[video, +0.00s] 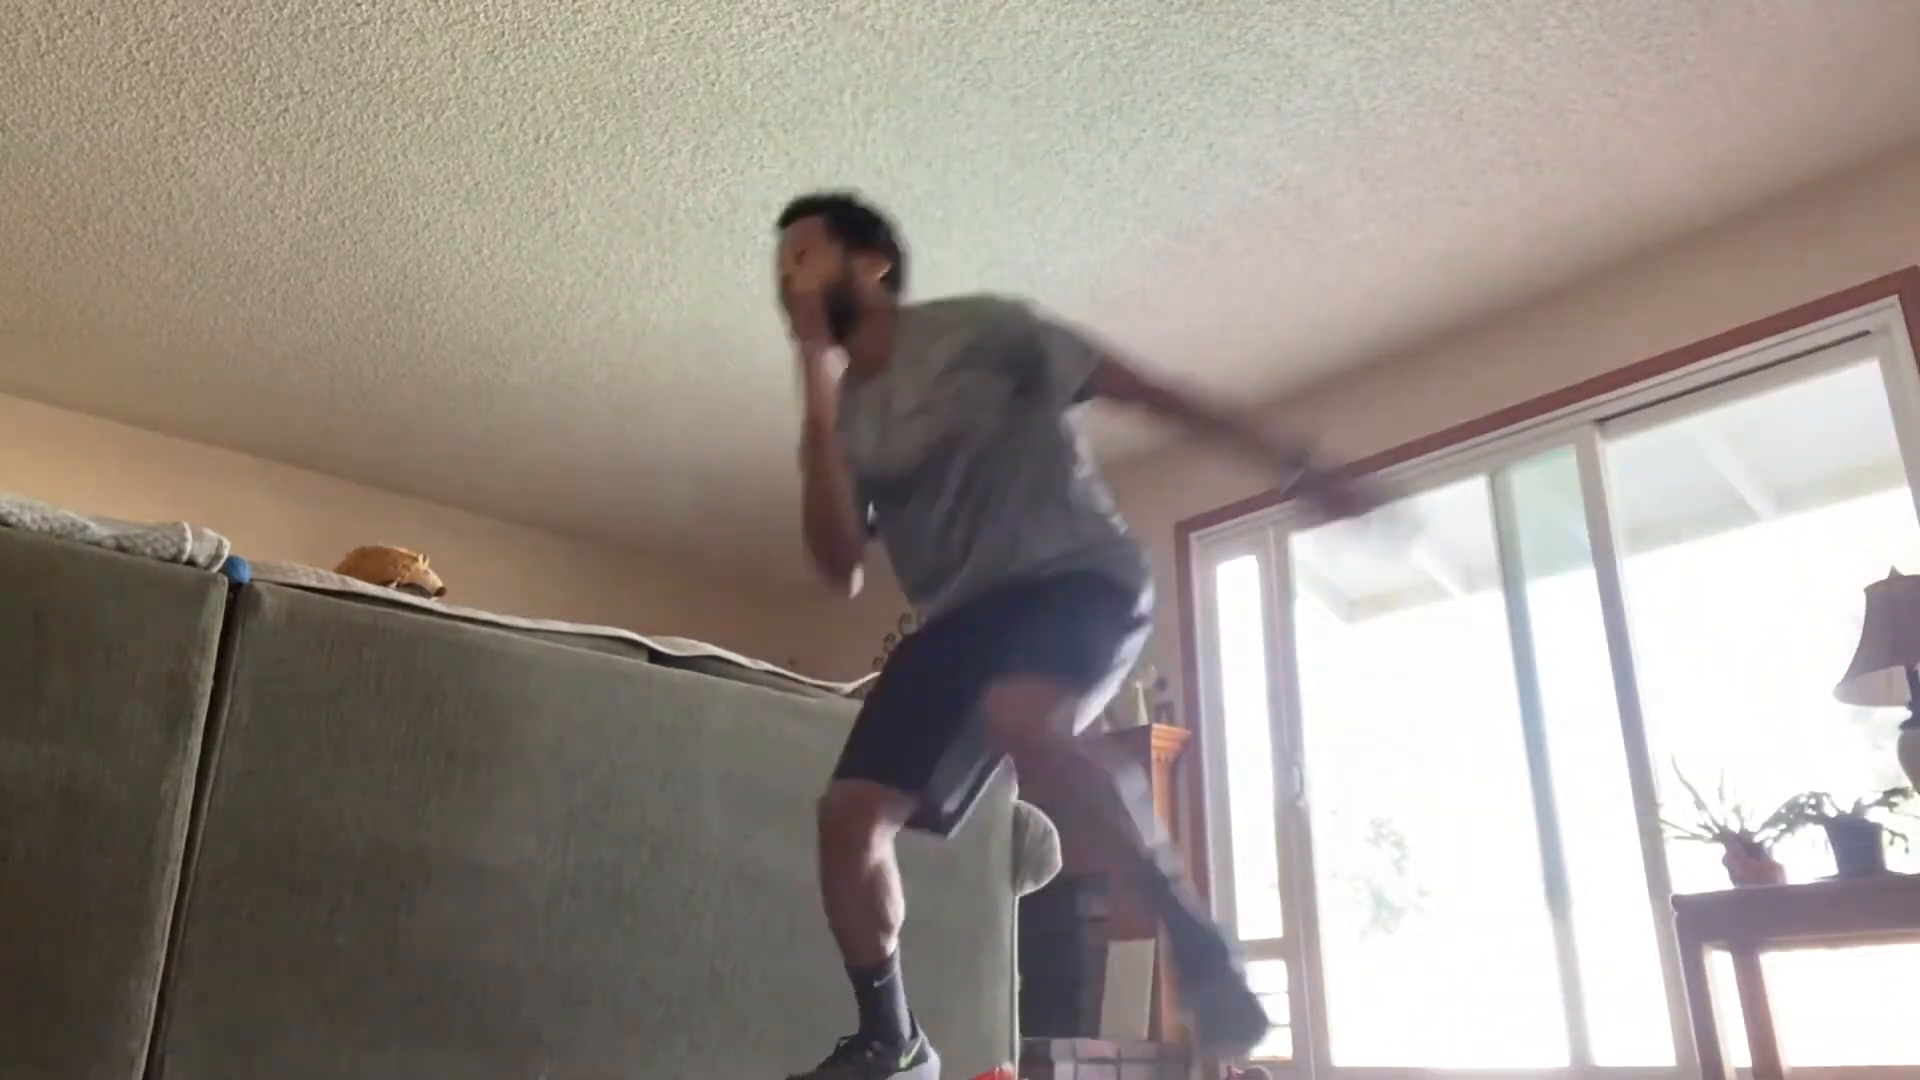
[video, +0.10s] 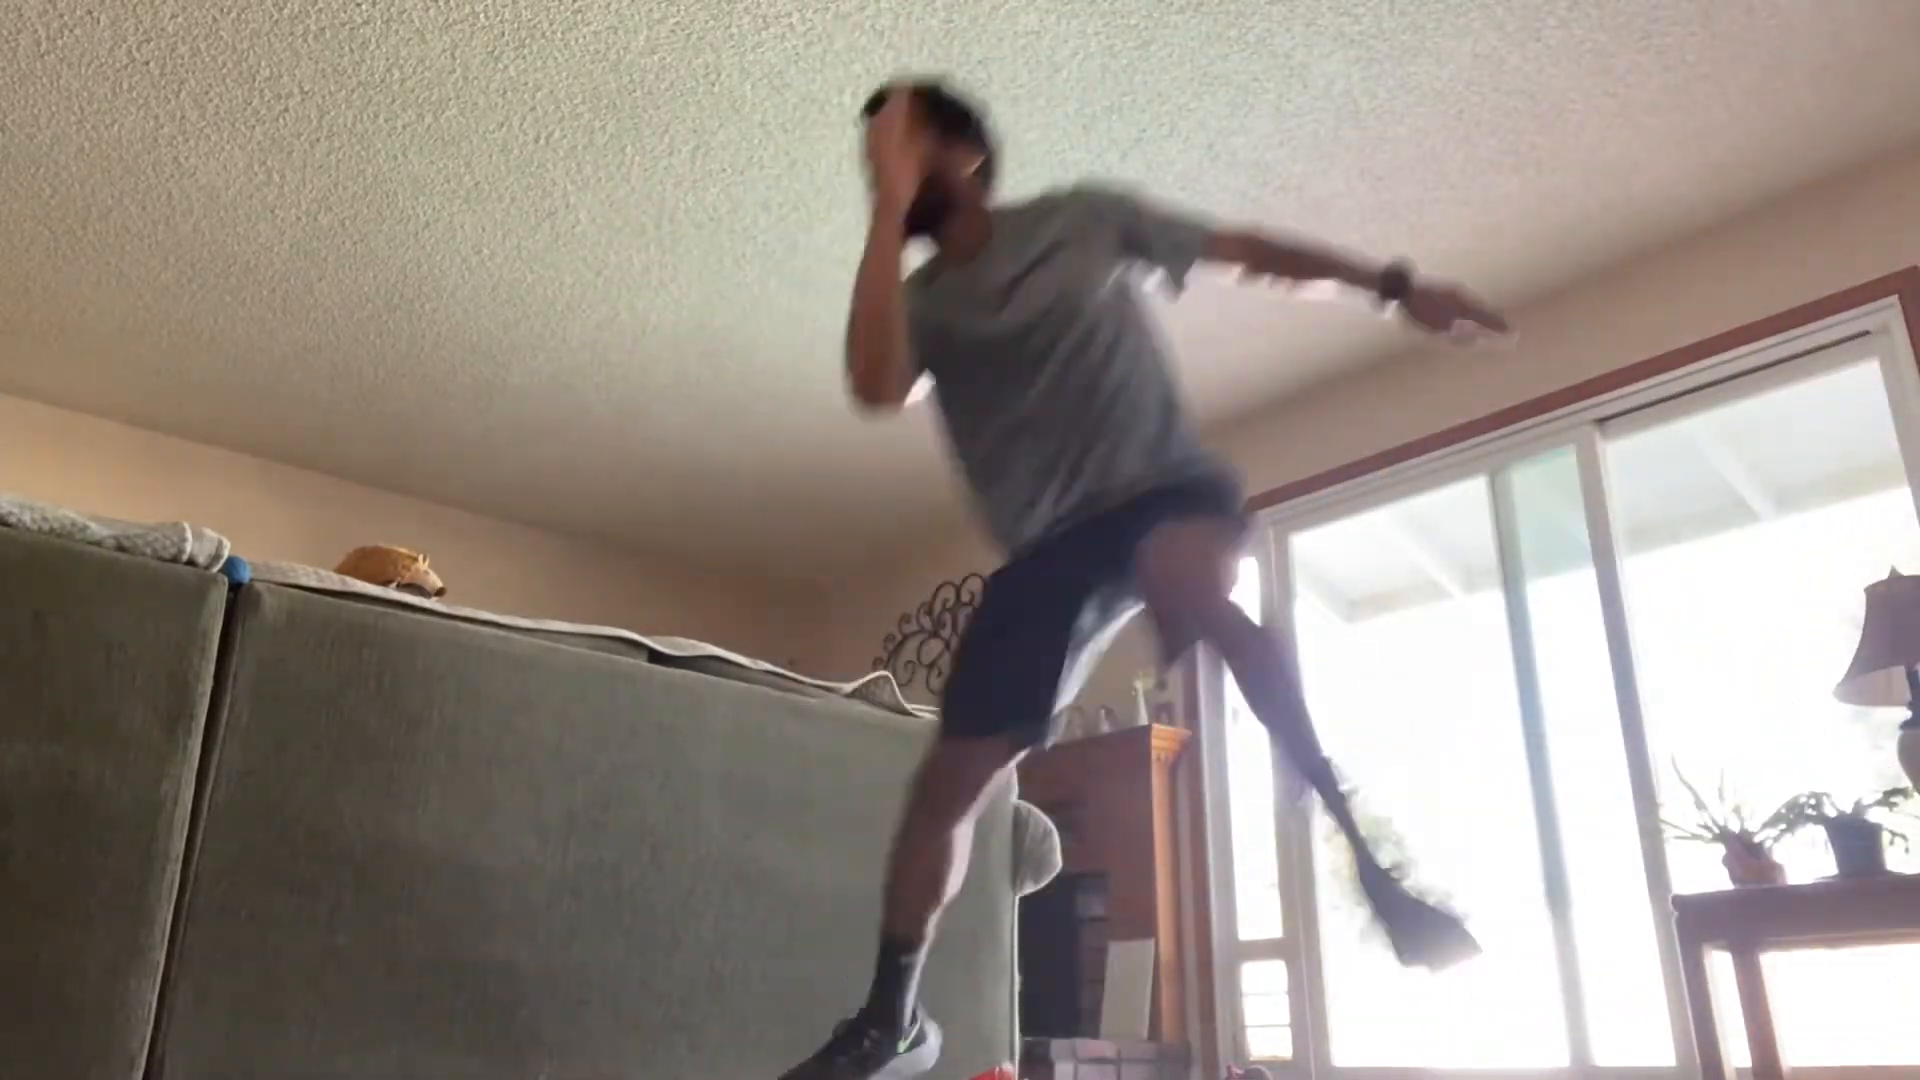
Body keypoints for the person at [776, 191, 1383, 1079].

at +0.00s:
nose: (788, 278)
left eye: (802, 255)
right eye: (782, 266)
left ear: (872, 263)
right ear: (792, 298)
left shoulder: (987, 329)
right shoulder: (842, 413)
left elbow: (1158, 394)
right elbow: (838, 569)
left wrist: (1298, 466)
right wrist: (819, 390)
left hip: (1079, 575)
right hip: (957, 619)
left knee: (1021, 714)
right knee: (850, 816)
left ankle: (1196, 950)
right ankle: (888, 1041)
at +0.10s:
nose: (894, 170)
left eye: (907, 143)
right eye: (884, 154)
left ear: (966, 153)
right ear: (908, 175)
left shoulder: (1084, 219)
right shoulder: (920, 305)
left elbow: (1251, 254)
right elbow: (876, 383)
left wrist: (1399, 285)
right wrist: (889, 202)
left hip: (1165, 493)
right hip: (1046, 551)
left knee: (1192, 598)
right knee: (944, 790)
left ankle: (1373, 864)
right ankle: (887, 1021)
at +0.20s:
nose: (1016, 61)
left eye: (1036, 34)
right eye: (1003, 47)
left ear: (1099, 39)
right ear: (1014, 80)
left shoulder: (1213, 109)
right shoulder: (1025, 200)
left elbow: (1358, 177)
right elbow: (959, 276)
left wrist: (1472, 233)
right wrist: (972, 93)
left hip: (1277, 423)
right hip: (1156, 478)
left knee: (1367, 532)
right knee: (1057, 746)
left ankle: (1600, 812)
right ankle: (1006, 987)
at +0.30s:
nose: (1167, 7)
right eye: (1153, 3)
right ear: (1145, 28)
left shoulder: (1377, 65)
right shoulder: (1144, 139)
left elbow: (1509, 180)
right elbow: (1076, 265)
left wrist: (1616, 290)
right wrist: (1095, 52)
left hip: (1414, 413)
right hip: (1267, 467)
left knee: (1562, 611)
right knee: (1167, 770)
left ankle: (1828, 923)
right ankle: (1203, 956)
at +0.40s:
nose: (1371, 13)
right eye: (1347, 5)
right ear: (1313, 9)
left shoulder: (1545, 85)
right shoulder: (1262, 145)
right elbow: (1246, 345)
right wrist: (1318, 178)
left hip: (1540, 418)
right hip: (1388, 481)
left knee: (1628, 626)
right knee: (1371, 829)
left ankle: (1887, 973)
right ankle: (1477, 917)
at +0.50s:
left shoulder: (1603, 20)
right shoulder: (1319, 79)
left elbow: (1687, 207)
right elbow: (1317, 306)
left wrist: (1732, 299)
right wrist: (1493, 295)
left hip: (1593, 368)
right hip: (1436, 427)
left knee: (1667, 599)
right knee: (1487, 720)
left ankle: (1890, 943)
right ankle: (1677, 871)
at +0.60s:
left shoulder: (1617, 0)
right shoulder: (1320, 11)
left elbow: (1688, 126)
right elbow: (1306, 218)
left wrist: (1577, 62)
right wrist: (1419, 134)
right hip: (1441, 322)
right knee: (1468, 571)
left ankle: (1887, 912)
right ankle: (1674, 805)